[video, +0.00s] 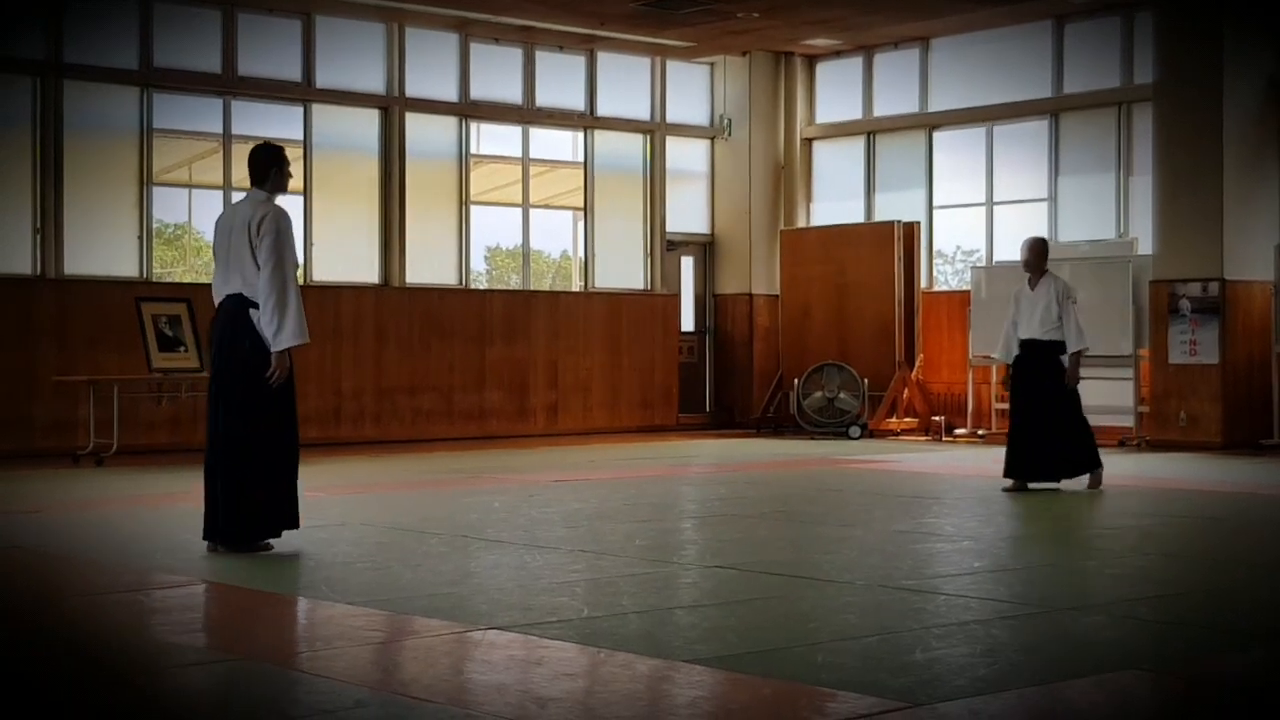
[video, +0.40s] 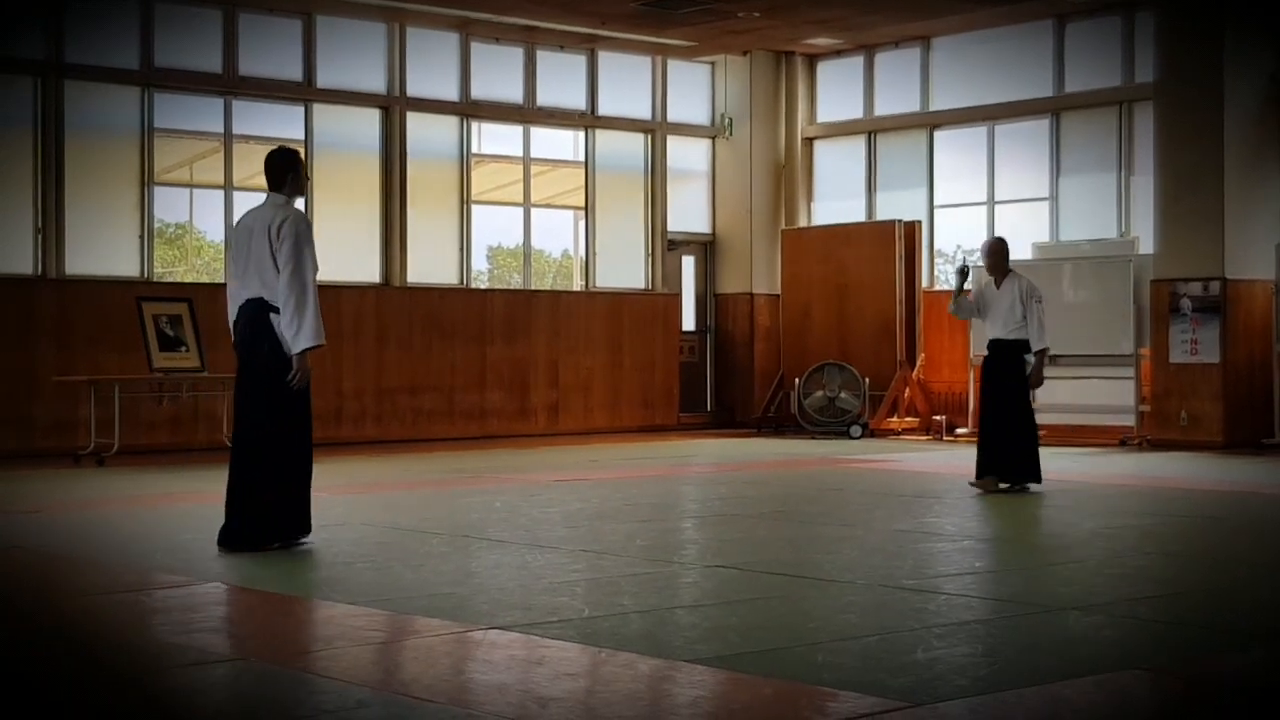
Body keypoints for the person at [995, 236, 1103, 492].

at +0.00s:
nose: (1024, 259)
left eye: (1029, 255)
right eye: (1023, 254)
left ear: (1043, 257)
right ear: (1022, 256)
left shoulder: (1060, 287)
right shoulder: (1020, 292)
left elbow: (1073, 328)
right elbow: (1012, 330)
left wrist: (1074, 365)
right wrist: (1009, 367)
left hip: (1052, 357)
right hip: (1025, 357)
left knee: (1069, 416)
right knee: (1022, 417)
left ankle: (1094, 466)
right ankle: (1020, 477)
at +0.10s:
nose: (1012, 258)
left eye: (1017, 253)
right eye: (1012, 253)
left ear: (1032, 257)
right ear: (1013, 256)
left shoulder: (1049, 287)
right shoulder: (1009, 292)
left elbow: (1063, 326)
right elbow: (1000, 329)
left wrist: (1066, 363)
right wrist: (989, 364)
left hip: (1040, 357)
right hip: (1014, 357)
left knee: (1047, 416)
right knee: (1014, 417)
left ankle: (1080, 459)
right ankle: (1017, 478)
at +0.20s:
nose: (1002, 257)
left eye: (1007, 252)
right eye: (1003, 253)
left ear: (1021, 256)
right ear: (1006, 256)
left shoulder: (1040, 286)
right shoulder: (1003, 289)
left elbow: (1053, 325)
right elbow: (992, 323)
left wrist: (1056, 363)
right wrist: (972, 346)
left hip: (1032, 355)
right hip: (1008, 355)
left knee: (1030, 415)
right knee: (1008, 416)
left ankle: (1058, 463)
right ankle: (1019, 477)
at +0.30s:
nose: (995, 260)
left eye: (1000, 255)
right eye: (993, 255)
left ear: (1013, 256)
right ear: (993, 257)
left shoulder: (1032, 287)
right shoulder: (993, 291)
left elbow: (1044, 325)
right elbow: (981, 320)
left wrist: (1047, 362)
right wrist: (965, 316)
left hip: (1024, 355)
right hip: (1001, 355)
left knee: (1020, 415)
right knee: (999, 415)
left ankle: (1025, 477)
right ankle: (1010, 476)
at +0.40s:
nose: (985, 263)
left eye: (990, 257)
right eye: (984, 257)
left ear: (1004, 257)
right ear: (984, 259)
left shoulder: (1024, 287)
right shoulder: (985, 289)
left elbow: (1037, 327)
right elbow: (962, 311)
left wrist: (1038, 365)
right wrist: (959, 288)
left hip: (1016, 356)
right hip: (994, 355)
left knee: (1016, 416)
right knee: (990, 415)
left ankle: (1019, 476)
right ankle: (989, 475)